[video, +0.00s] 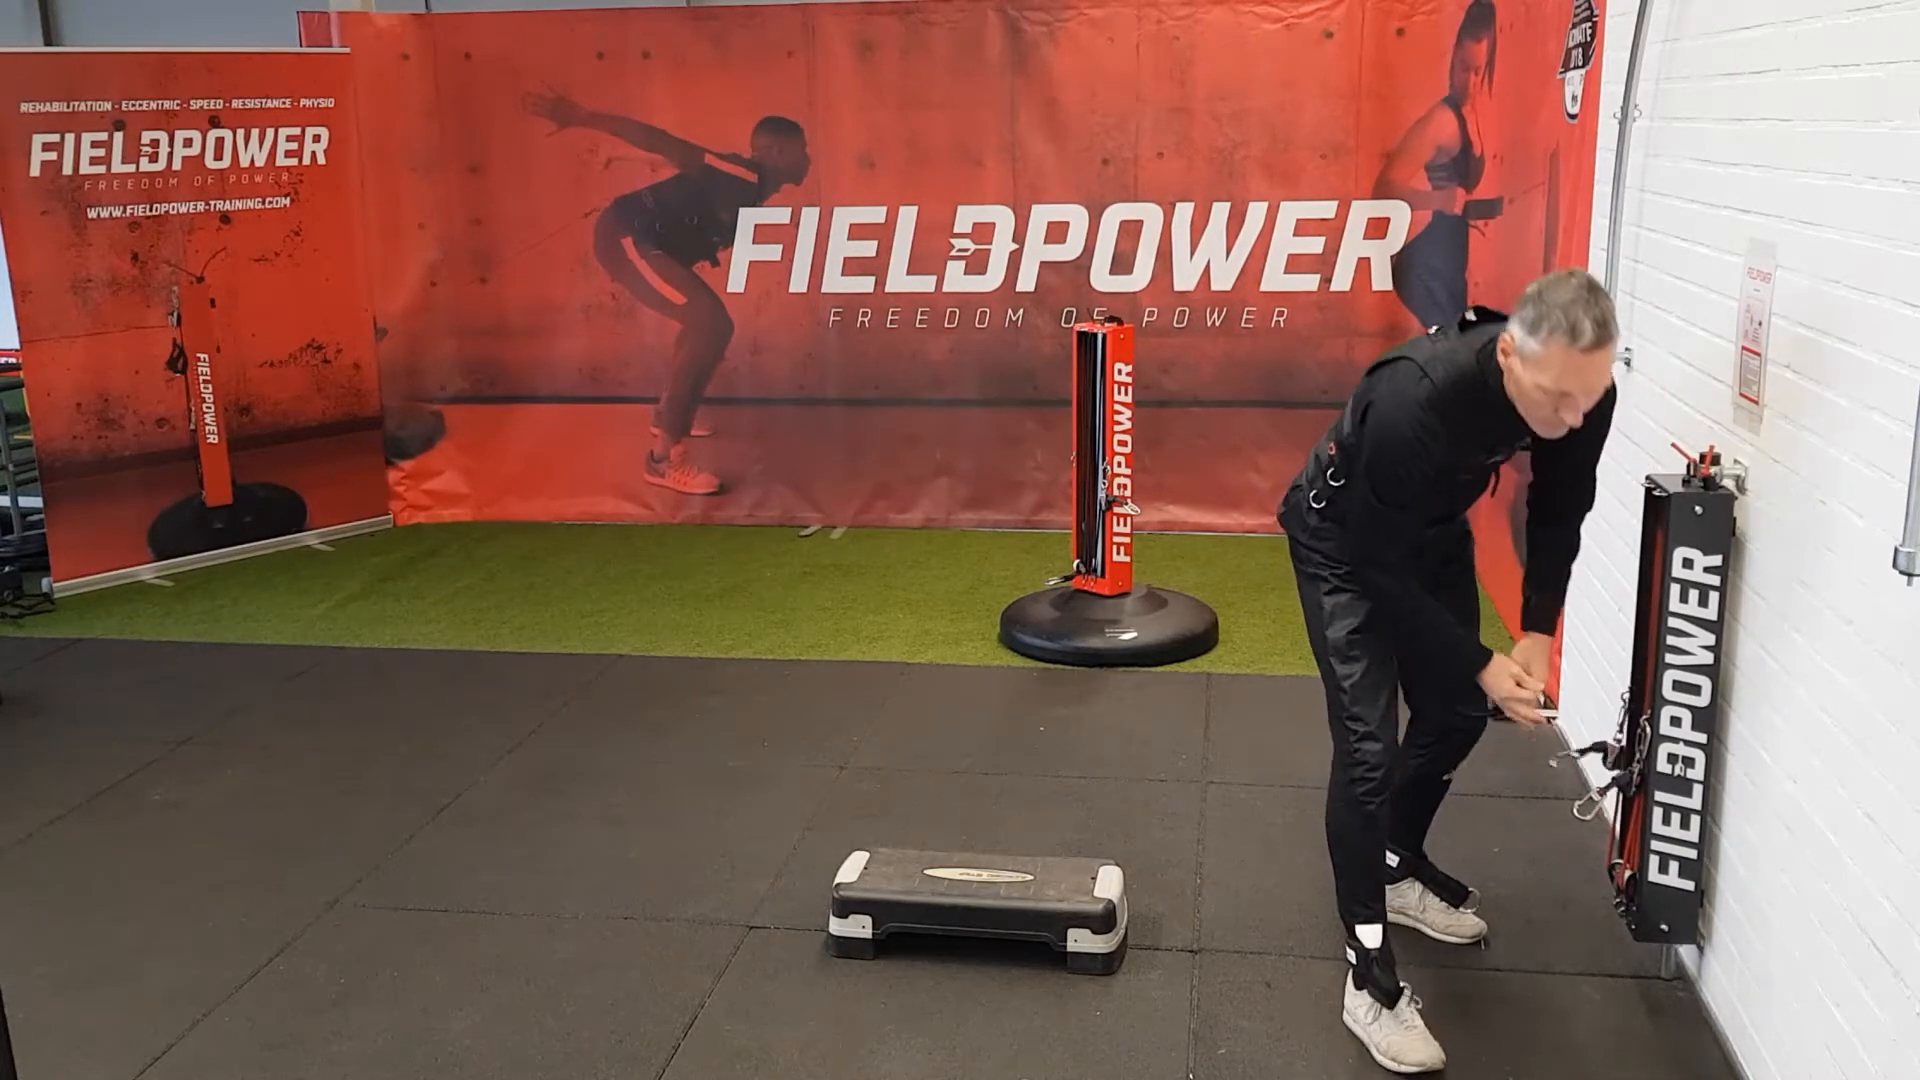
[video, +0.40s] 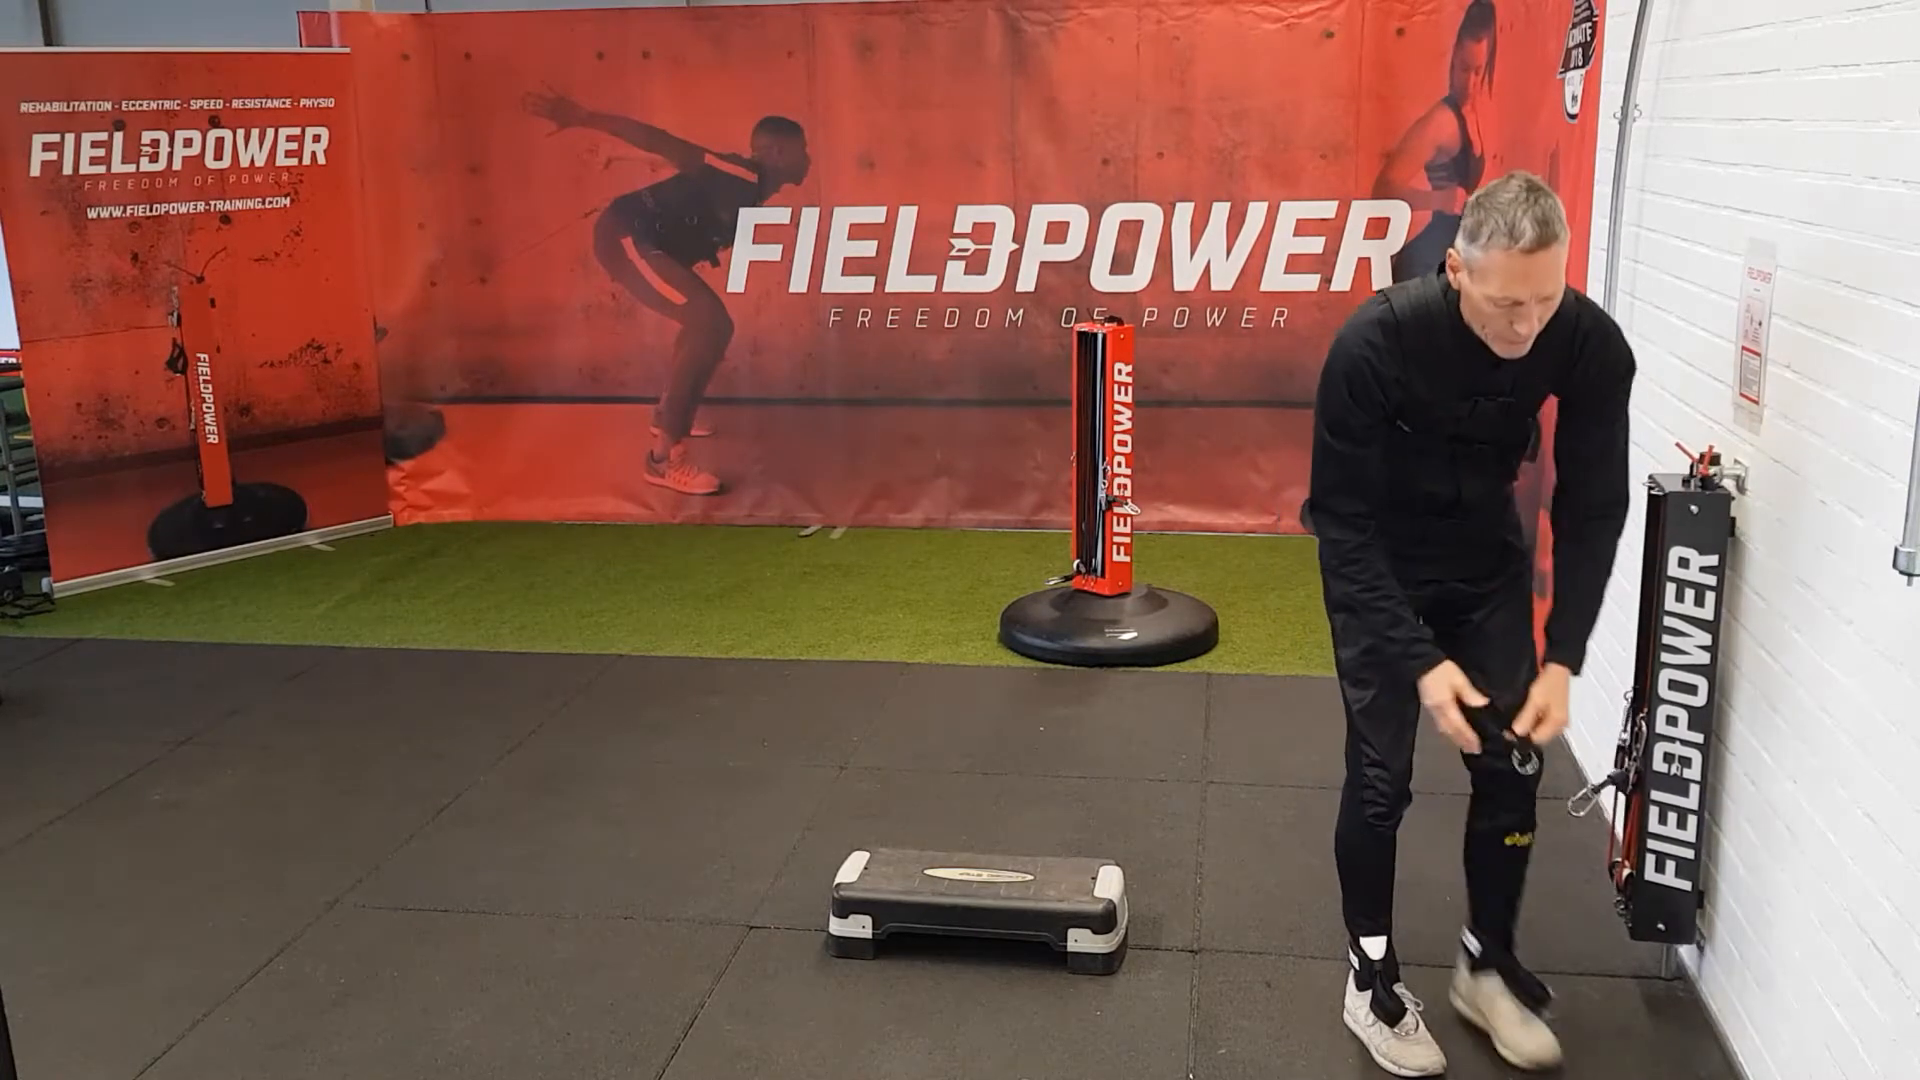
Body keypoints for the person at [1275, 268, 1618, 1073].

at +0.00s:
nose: (1574, 416)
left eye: (1589, 397)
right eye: (1557, 395)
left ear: (1605, 365)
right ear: (1510, 354)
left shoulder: (1589, 387)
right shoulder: (1418, 402)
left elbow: (1559, 503)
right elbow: (1382, 560)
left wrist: (1538, 628)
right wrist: (1480, 667)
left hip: (1436, 531)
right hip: (1343, 536)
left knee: (1454, 716)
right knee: (1369, 752)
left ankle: (1395, 866)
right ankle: (1370, 976)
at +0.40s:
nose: (1527, 323)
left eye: (1544, 300)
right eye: (1506, 303)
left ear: (1565, 271)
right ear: (1458, 269)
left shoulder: (1587, 344)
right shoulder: (1377, 346)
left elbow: (1593, 505)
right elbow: (1343, 524)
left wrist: (1562, 660)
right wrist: (1422, 660)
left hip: (1489, 562)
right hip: (1378, 567)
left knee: (1515, 761)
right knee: (1383, 779)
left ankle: (1487, 968)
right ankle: (1372, 977)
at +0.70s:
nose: (1536, 306)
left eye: (1556, 282)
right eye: (1515, 284)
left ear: (1583, 251)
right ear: (1473, 248)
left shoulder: (1620, 355)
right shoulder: (1405, 311)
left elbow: (1652, 552)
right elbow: (1322, 453)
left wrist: (1659, 736)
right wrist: (1299, 612)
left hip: (1530, 583)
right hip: (1408, 569)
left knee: (1532, 812)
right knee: (1397, 777)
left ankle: (1515, 1040)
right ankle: (1374, 981)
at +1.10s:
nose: (1408, 269)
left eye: (1429, 251)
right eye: (1400, 246)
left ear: (1503, 227)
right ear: (1393, 223)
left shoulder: (1592, 322)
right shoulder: (1385, 288)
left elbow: (1676, 525)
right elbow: (1347, 419)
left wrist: (1660, 706)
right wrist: (1329, 549)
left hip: (1529, 580)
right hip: (1404, 554)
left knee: (1533, 817)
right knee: (1343, 732)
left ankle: (1515, 1036)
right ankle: (1326, 900)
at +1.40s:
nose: (1290, 238)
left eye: (1301, 216)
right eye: (1281, 218)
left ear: (1370, 190)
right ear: (1301, 203)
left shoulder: (1480, 296)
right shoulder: (1302, 284)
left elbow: (1540, 480)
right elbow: (1289, 428)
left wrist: (1541, 647)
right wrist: (1279, 551)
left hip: (1460, 571)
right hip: (1342, 553)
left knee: (1488, 803)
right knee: (1292, 732)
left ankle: (1512, 1035)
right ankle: (1295, 899)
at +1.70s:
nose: (1186, 217)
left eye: (1196, 195)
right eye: (1176, 198)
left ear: (1254, 165)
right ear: (1206, 180)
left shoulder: (1367, 254)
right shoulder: (1219, 270)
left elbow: (1432, 422)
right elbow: (1216, 415)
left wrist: (1417, 572)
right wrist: (1200, 536)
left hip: (1385, 530)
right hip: (1288, 525)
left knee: (1387, 752)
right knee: (1280, 727)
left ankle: (1420, 972)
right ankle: (1292, 901)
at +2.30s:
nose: (1105, 219)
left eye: (1111, 198)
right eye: (1095, 202)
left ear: (1164, 165)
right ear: (1138, 177)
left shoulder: (1269, 264)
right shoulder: (1163, 262)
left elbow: (1316, 438)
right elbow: (1196, 407)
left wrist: (1298, 590)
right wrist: (1180, 522)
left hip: (1272, 531)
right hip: (1193, 520)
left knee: (1281, 741)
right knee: (1143, 677)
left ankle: (1327, 924)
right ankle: (1158, 843)